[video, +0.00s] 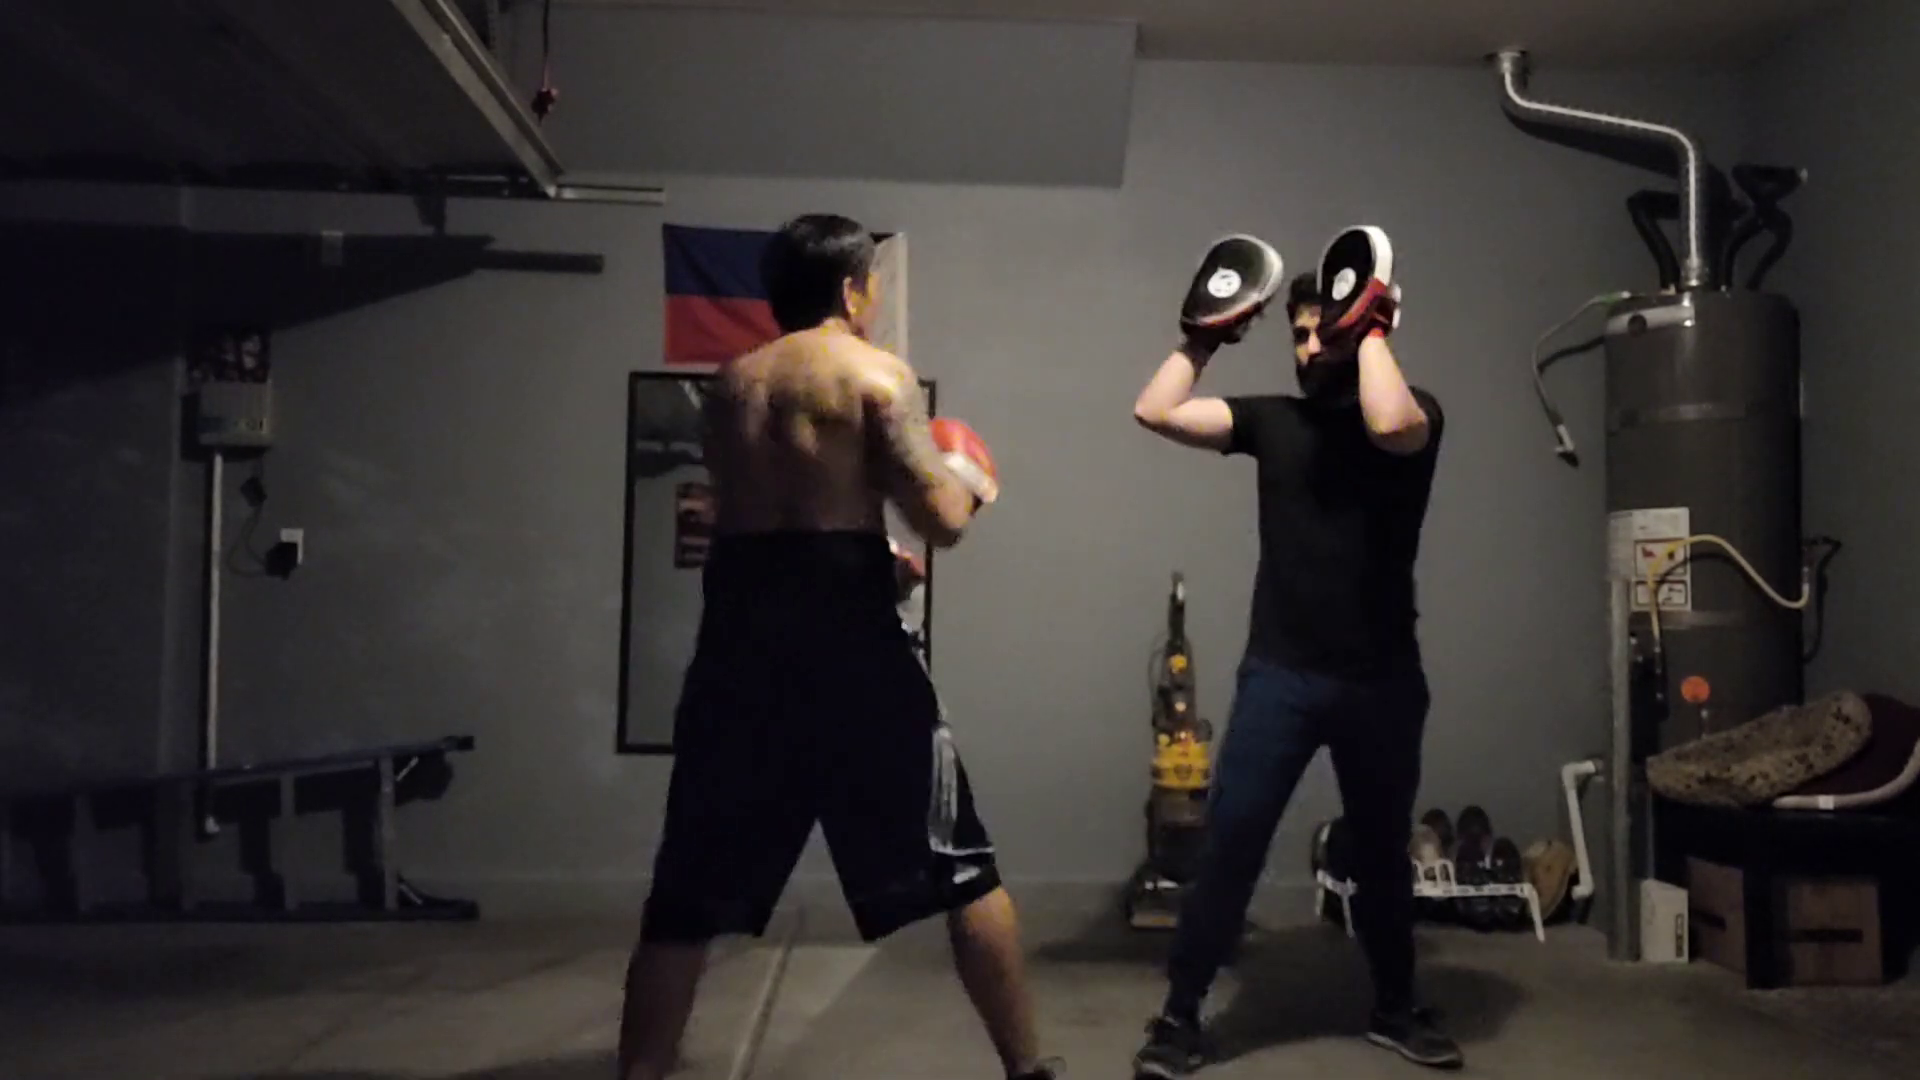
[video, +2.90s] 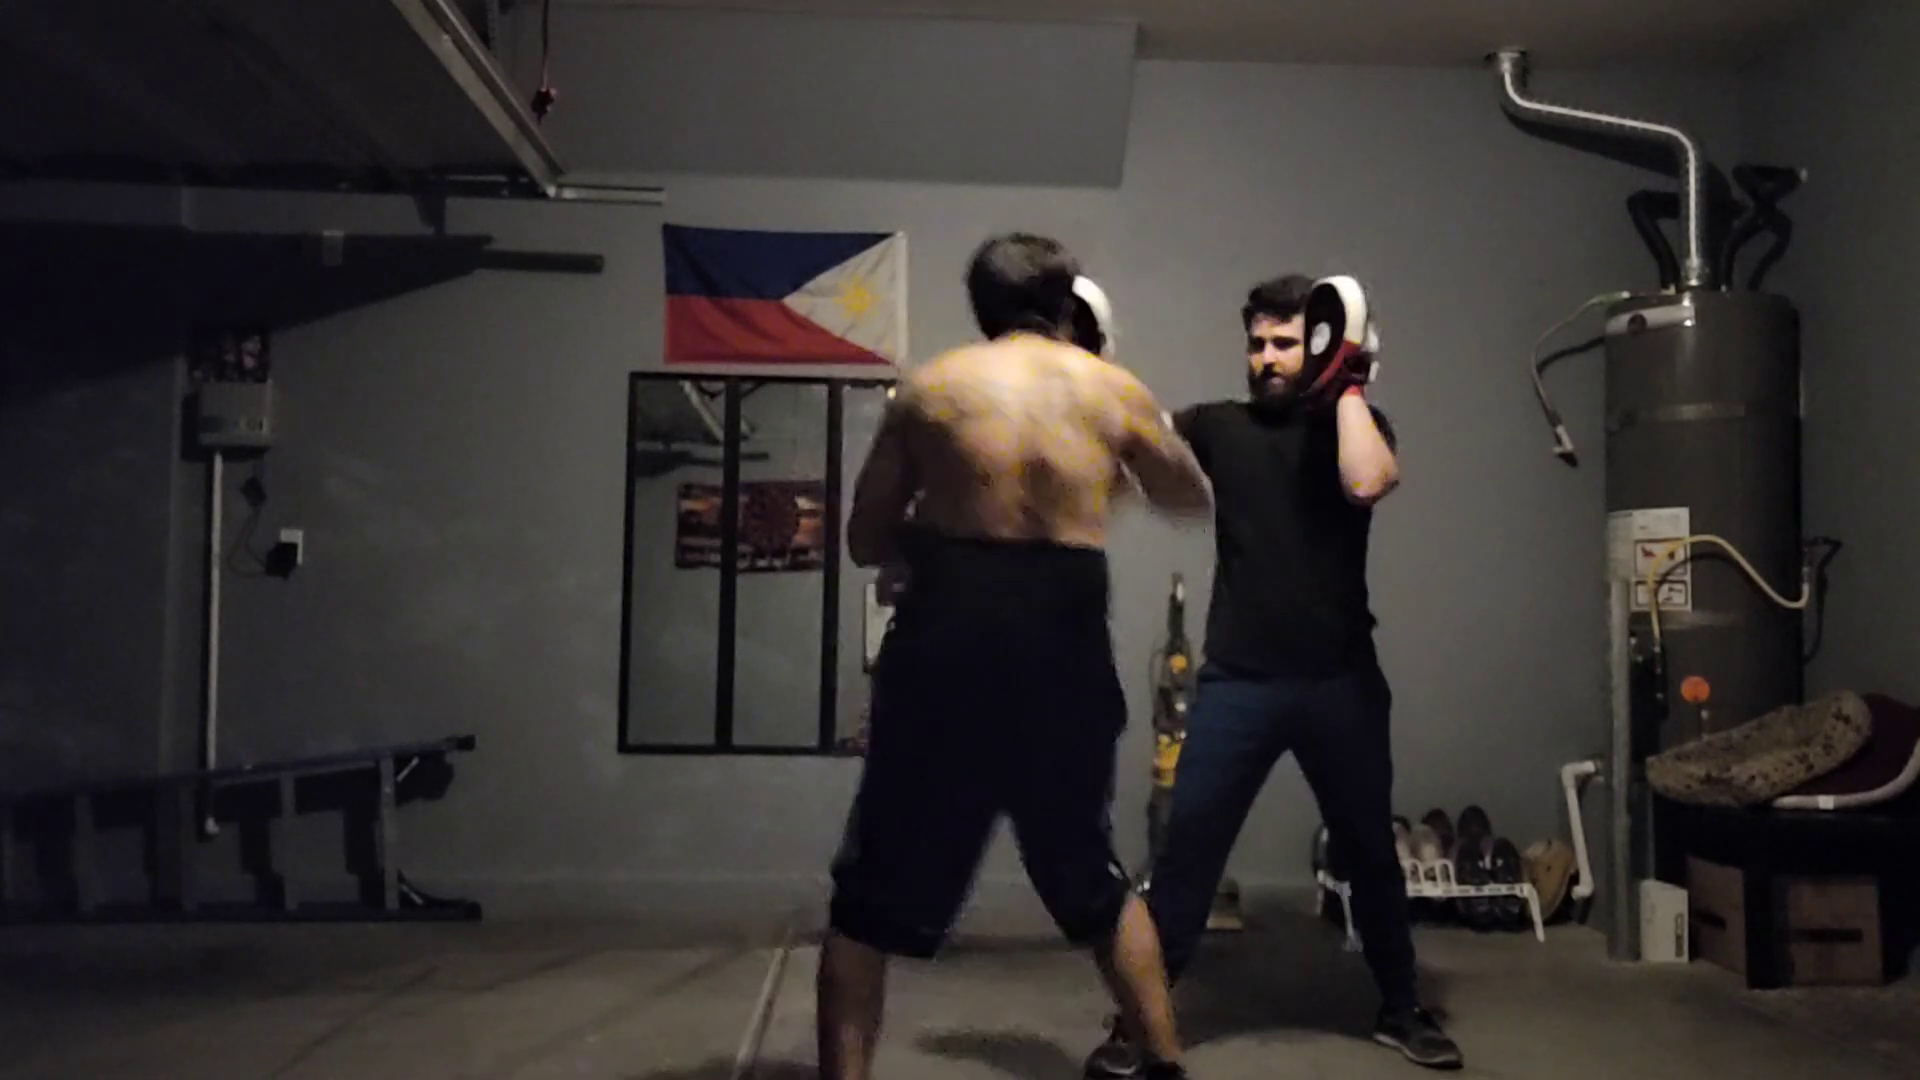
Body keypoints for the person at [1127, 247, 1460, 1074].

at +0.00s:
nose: (1317, 345)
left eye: (1333, 330)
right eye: (1304, 332)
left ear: (1365, 335)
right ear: (1290, 340)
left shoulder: (1407, 412)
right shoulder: (1271, 416)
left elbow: (1391, 424)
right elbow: (1156, 411)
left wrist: (1371, 332)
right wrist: (1204, 335)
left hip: (1380, 676)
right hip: (1281, 670)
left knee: (1383, 855)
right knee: (1230, 842)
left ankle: (1396, 1011)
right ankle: (1180, 1016)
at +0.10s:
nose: (1305, 345)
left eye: (1319, 330)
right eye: (1295, 332)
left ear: (1356, 335)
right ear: (1282, 341)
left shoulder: (1400, 413)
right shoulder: (1260, 418)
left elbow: (1390, 436)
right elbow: (1149, 423)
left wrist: (1366, 338)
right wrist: (1169, 336)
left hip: (1377, 675)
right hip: (1278, 670)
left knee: (1389, 853)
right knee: (1222, 837)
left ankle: (1396, 1009)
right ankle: (1155, 1011)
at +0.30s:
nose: (1255, 354)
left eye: (1271, 339)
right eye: (1247, 341)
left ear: (1308, 341)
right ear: (1237, 346)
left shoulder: (1351, 415)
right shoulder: (1218, 422)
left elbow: (1307, 440)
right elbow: (1112, 426)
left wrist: (1299, 344)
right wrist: (1106, 351)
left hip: (1336, 679)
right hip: (1241, 676)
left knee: (1360, 847)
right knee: (1191, 836)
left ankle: (1396, 1006)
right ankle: (1143, 1013)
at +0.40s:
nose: (1237, 343)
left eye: (1253, 330)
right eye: (1228, 332)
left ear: (1296, 336)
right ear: (1218, 341)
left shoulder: (1327, 411)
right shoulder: (1207, 425)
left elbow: (1249, 426)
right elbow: (1100, 443)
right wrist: (1103, 363)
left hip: (1312, 678)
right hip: (1217, 678)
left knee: (1354, 847)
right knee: (1170, 842)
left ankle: (1395, 1008)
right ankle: (1143, 1014)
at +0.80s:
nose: (1219, 359)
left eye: (1234, 342)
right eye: (1210, 347)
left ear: (1280, 342)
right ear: (1203, 355)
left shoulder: (1318, 410)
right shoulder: (1202, 434)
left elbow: (1277, 430)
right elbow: (1116, 455)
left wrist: (1201, 358)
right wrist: (1108, 376)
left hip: (1316, 680)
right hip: (1218, 680)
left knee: (1356, 846)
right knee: (1166, 843)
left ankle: (1398, 1005)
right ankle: (1140, 1010)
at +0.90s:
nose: (1256, 346)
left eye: (1271, 330)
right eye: (1245, 333)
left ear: (1303, 338)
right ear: (1233, 348)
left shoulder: (1347, 416)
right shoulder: (1217, 435)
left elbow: (1335, 442)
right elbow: (1111, 448)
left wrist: (1283, 354)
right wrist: (1133, 373)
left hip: (1332, 682)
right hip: (1234, 683)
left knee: (1362, 848)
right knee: (1179, 830)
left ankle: (1398, 1007)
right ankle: (1144, 1010)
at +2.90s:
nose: (1266, 357)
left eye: (1283, 344)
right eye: (1257, 344)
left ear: (1323, 348)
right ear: (1246, 349)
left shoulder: (1357, 422)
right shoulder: (1218, 425)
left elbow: (1368, 481)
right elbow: (1128, 452)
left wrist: (1345, 381)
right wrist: (1094, 381)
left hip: (1338, 679)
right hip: (1238, 677)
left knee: (1370, 852)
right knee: (1189, 842)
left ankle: (1402, 1008)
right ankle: (1140, 1015)